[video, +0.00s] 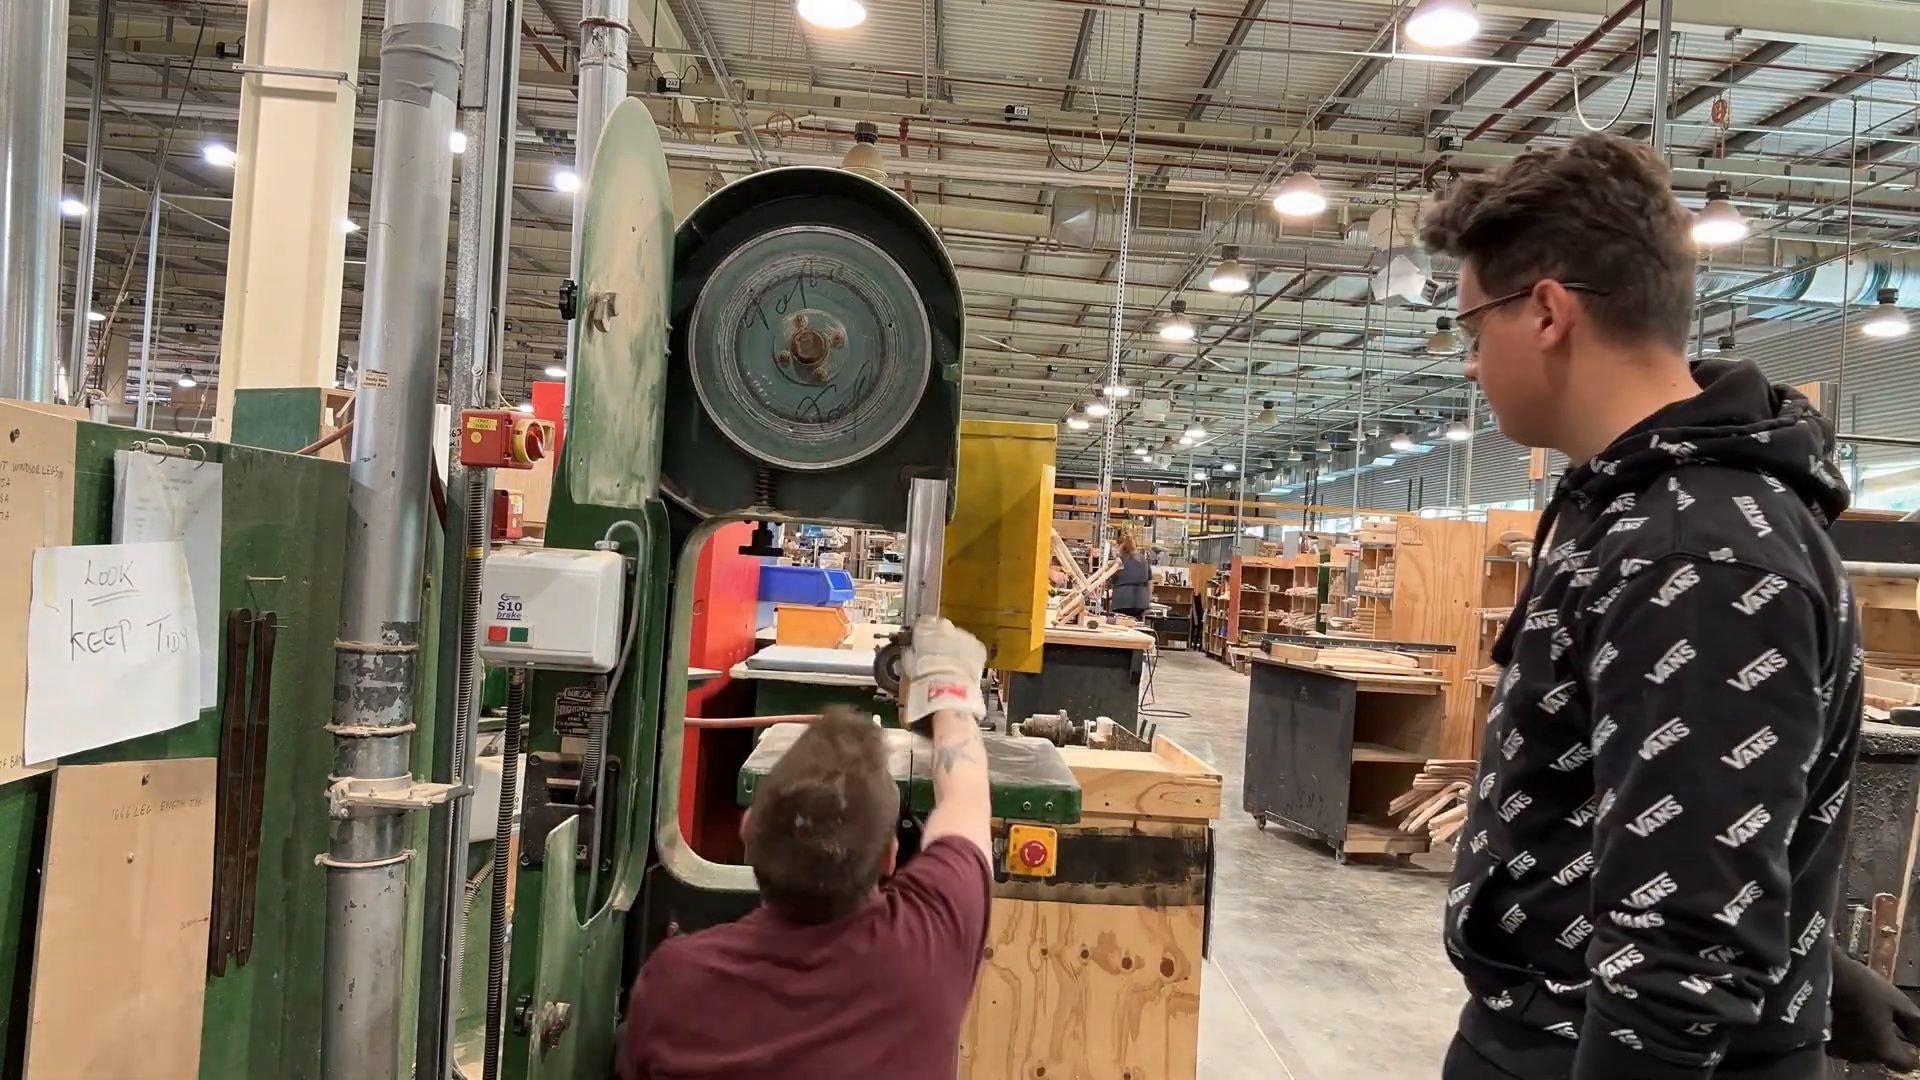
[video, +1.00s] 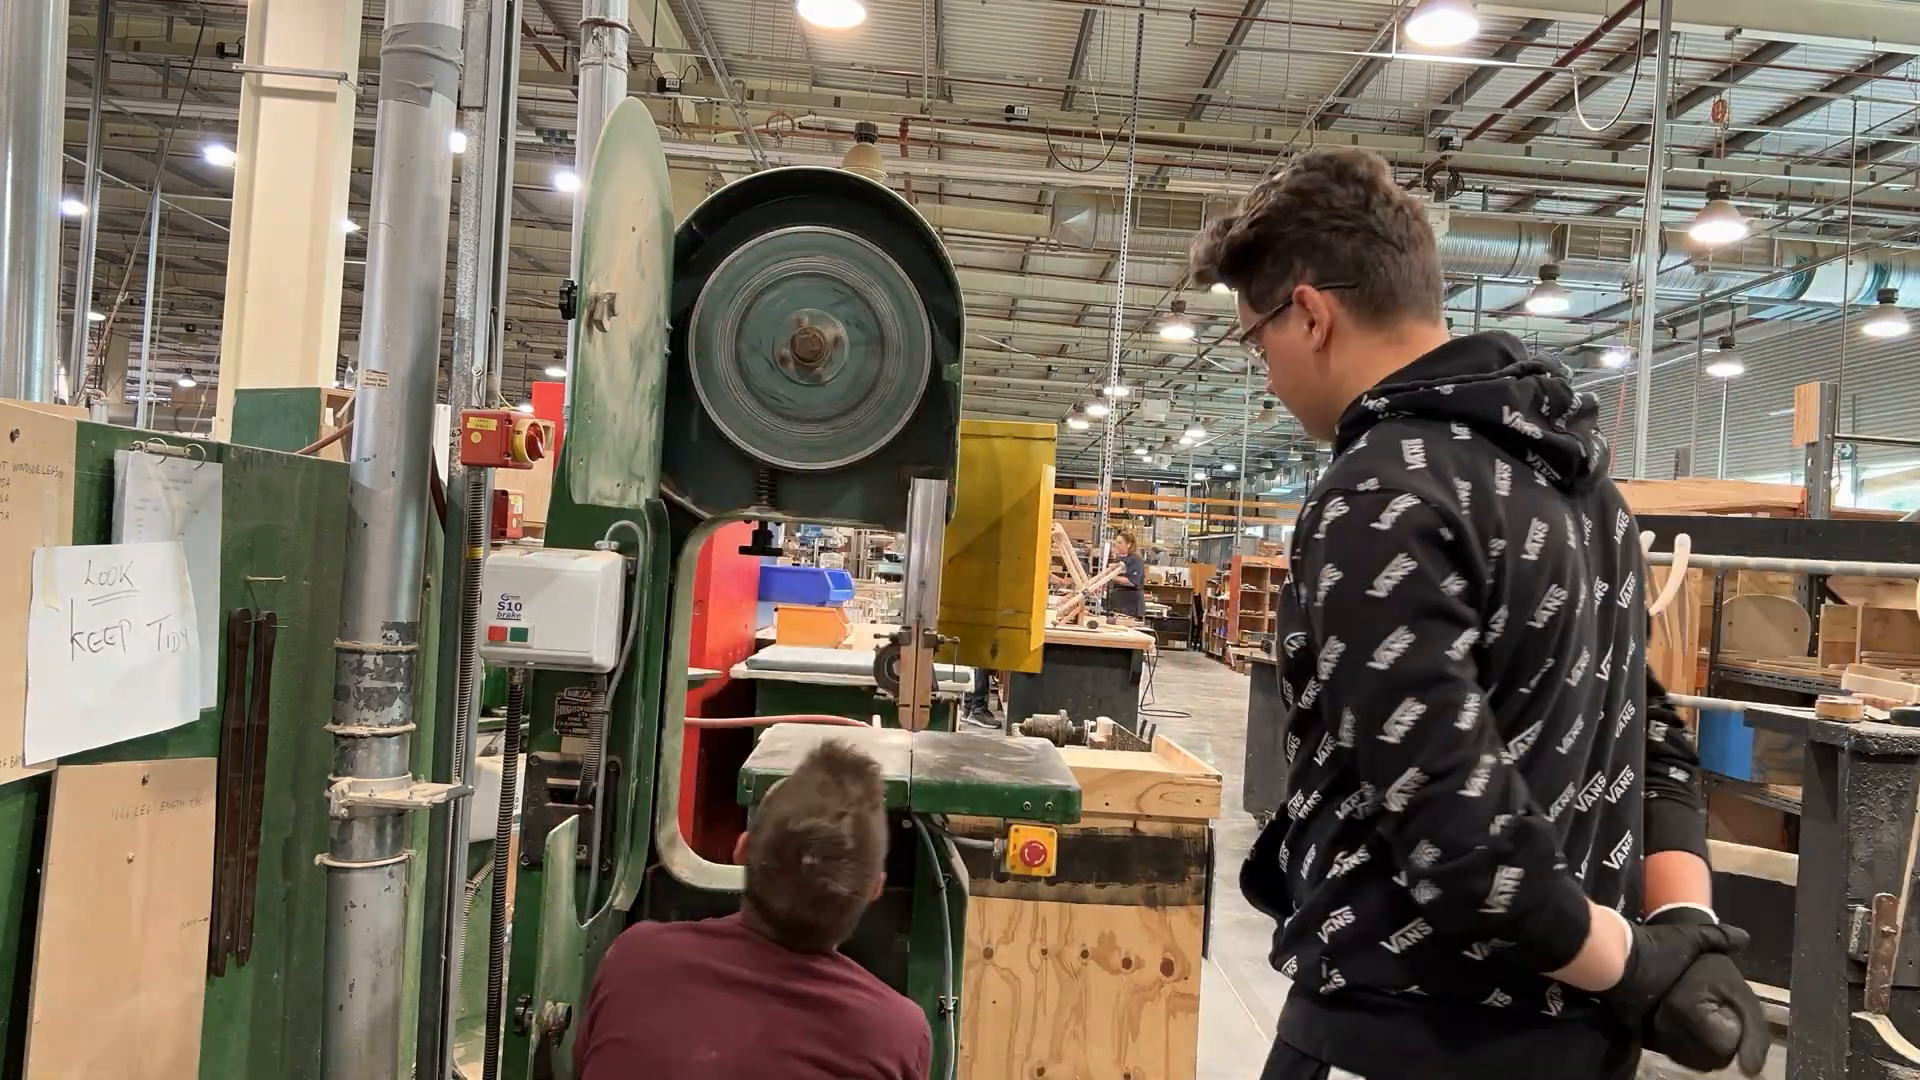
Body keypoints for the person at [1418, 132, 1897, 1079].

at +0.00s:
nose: (1470, 364)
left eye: (1475, 326)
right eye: (1467, 332)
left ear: (1549, 314)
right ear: (1554, 315)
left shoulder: (1702, 545)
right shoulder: (1634, 512)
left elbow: (1679, 972)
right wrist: (1820, 971)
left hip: (1592, 1046)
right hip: (1539, 1025)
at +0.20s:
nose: (1467, 345)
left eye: (1472, 309)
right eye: (1465, 312)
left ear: (1543, 309)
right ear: (1661, 302)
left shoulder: (1688, 548)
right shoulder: (1626, 512)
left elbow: (1654, 975)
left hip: (1580, 1049)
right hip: (1535, 1026)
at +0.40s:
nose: (1320, 305)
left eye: (1328, 276)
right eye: (1322, 276)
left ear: (1387, 286)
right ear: (1491, 291)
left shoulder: (1418, 504)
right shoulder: (1550, 475)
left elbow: (1358, 868)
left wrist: (1267, 1067)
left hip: (1435, 1025)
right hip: (1543, 990)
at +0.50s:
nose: (1314, 302)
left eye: (1322, 270)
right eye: (1316, 271)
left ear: (1378, 278)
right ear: (1485, 286)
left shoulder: (1414, 496)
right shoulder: (1545, 467)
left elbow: (1367, 859)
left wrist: (1285, 1070)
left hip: (1444, 1028)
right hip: (1550, 1001)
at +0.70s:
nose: (1451, 337)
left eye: (1459, 295)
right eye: (1451, 301)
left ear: (1537, 283)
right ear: (1657, 288)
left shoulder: (1581, 531)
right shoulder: (1780, 497)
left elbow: (1517, 945)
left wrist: (1454, 1056)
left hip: (1598, 1043)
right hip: (1756, 1030)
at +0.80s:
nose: (1418, 393)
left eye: (1408, 349)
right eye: (1402, 358)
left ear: (1471, 310)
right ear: (1589, 297)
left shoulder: (1550, 542)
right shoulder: (1775, 493)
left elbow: (1517, 962)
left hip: (1621, 1042)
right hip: (1789, 1031)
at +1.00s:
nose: (1264, 376)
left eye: (1256, 340)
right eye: (1252, 347)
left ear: (1312, 314)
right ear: (1418, 295)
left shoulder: (1375, 497)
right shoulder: (1577, 476)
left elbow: (1456, 837)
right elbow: (1652, 733)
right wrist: (1682, 923)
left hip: (1394, 1036)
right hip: (1567, 1031)